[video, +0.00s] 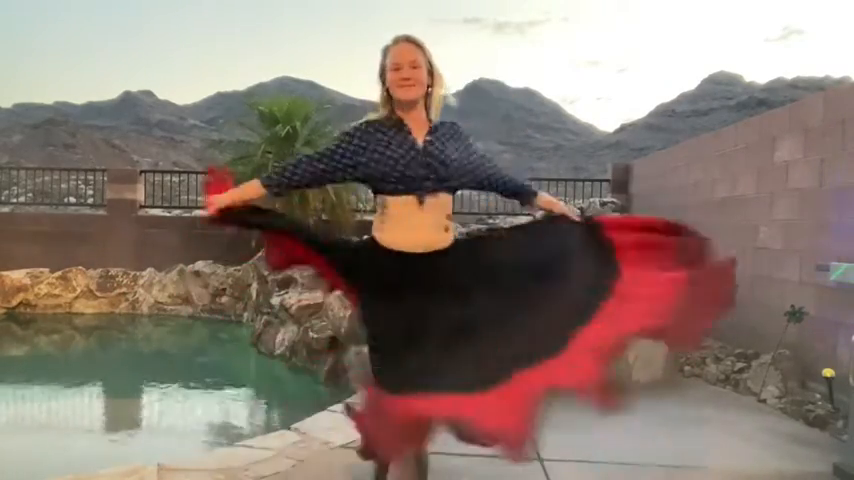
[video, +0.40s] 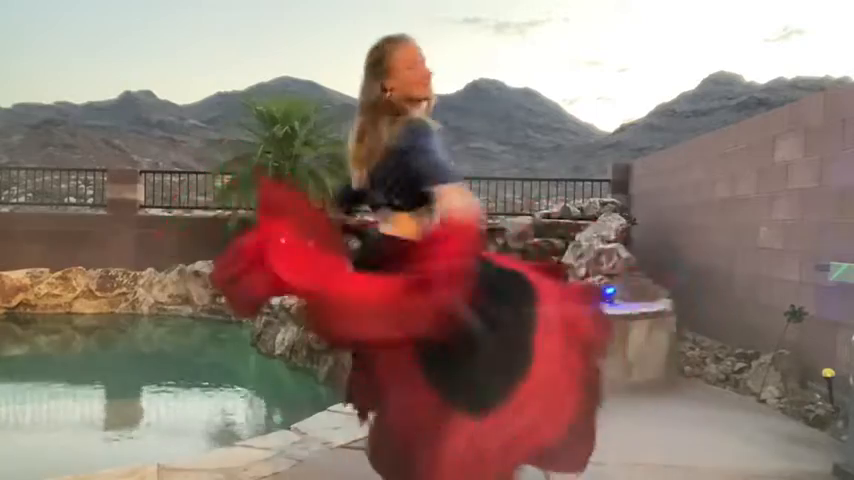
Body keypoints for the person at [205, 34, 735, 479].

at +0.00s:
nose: (405, 77)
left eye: (413, 69)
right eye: (396, 71)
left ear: (431, 76)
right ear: (385, 80)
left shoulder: (450, 136)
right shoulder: (368, 137)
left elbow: (489, 176)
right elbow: (313, 169)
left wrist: (538, 199)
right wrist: (252, 190)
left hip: (441, 261)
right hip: (389, 261)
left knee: (429, 363)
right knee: (396, 366)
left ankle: (408, 450)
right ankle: (398, 460)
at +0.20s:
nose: (403, 85)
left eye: (411, 76)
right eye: (393, 79)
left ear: (427, 84)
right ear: (380, 90)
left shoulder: (426, 143)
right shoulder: (382, 143)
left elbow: (442, 208)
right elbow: (322, 183)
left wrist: (484, 225)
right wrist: (254, 215)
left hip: (438, 265)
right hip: (402, 268)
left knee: (436, 374)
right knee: (396, 382)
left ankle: (429, 457)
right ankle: (365, 463)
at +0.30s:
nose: (408, 79)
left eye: (415, 71)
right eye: (396, 73)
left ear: (425, 81)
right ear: (378, 89)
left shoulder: (411, 137)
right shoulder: (393, 145)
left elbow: (409, 208)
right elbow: (352, 211)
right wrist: (295, 242)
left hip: (415, 272)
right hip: (402, 280)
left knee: (402, 396)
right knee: (403, 401)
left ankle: (398, 465)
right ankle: (394, 469)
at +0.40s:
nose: (430, 74)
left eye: (427, 66)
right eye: (419, 68)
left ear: (387, 83)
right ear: (388, 82)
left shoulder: (375, 134)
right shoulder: (413, 134)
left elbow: (350, 206)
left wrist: (391, 223)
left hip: (377, 268)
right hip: (407, 270)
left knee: (392, 389)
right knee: (419, 394)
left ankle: (396, 461)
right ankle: (416, 464)